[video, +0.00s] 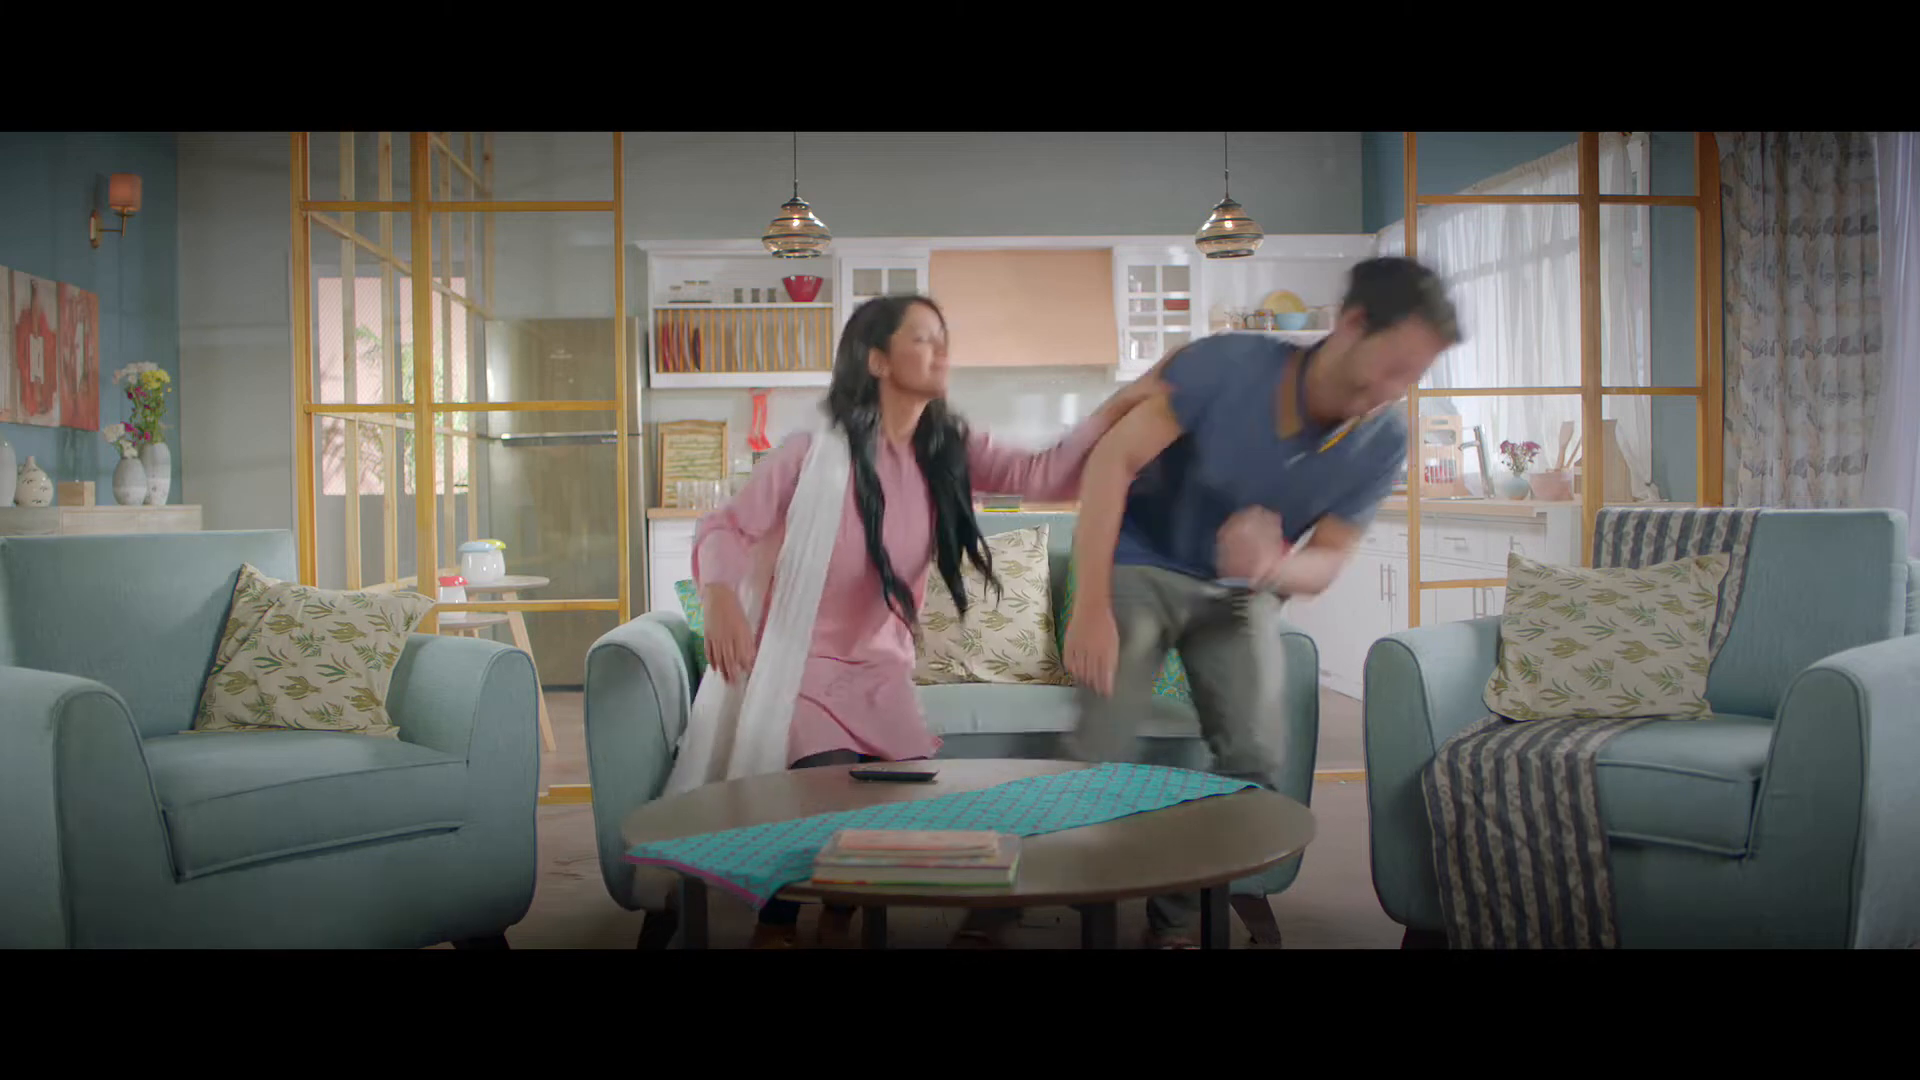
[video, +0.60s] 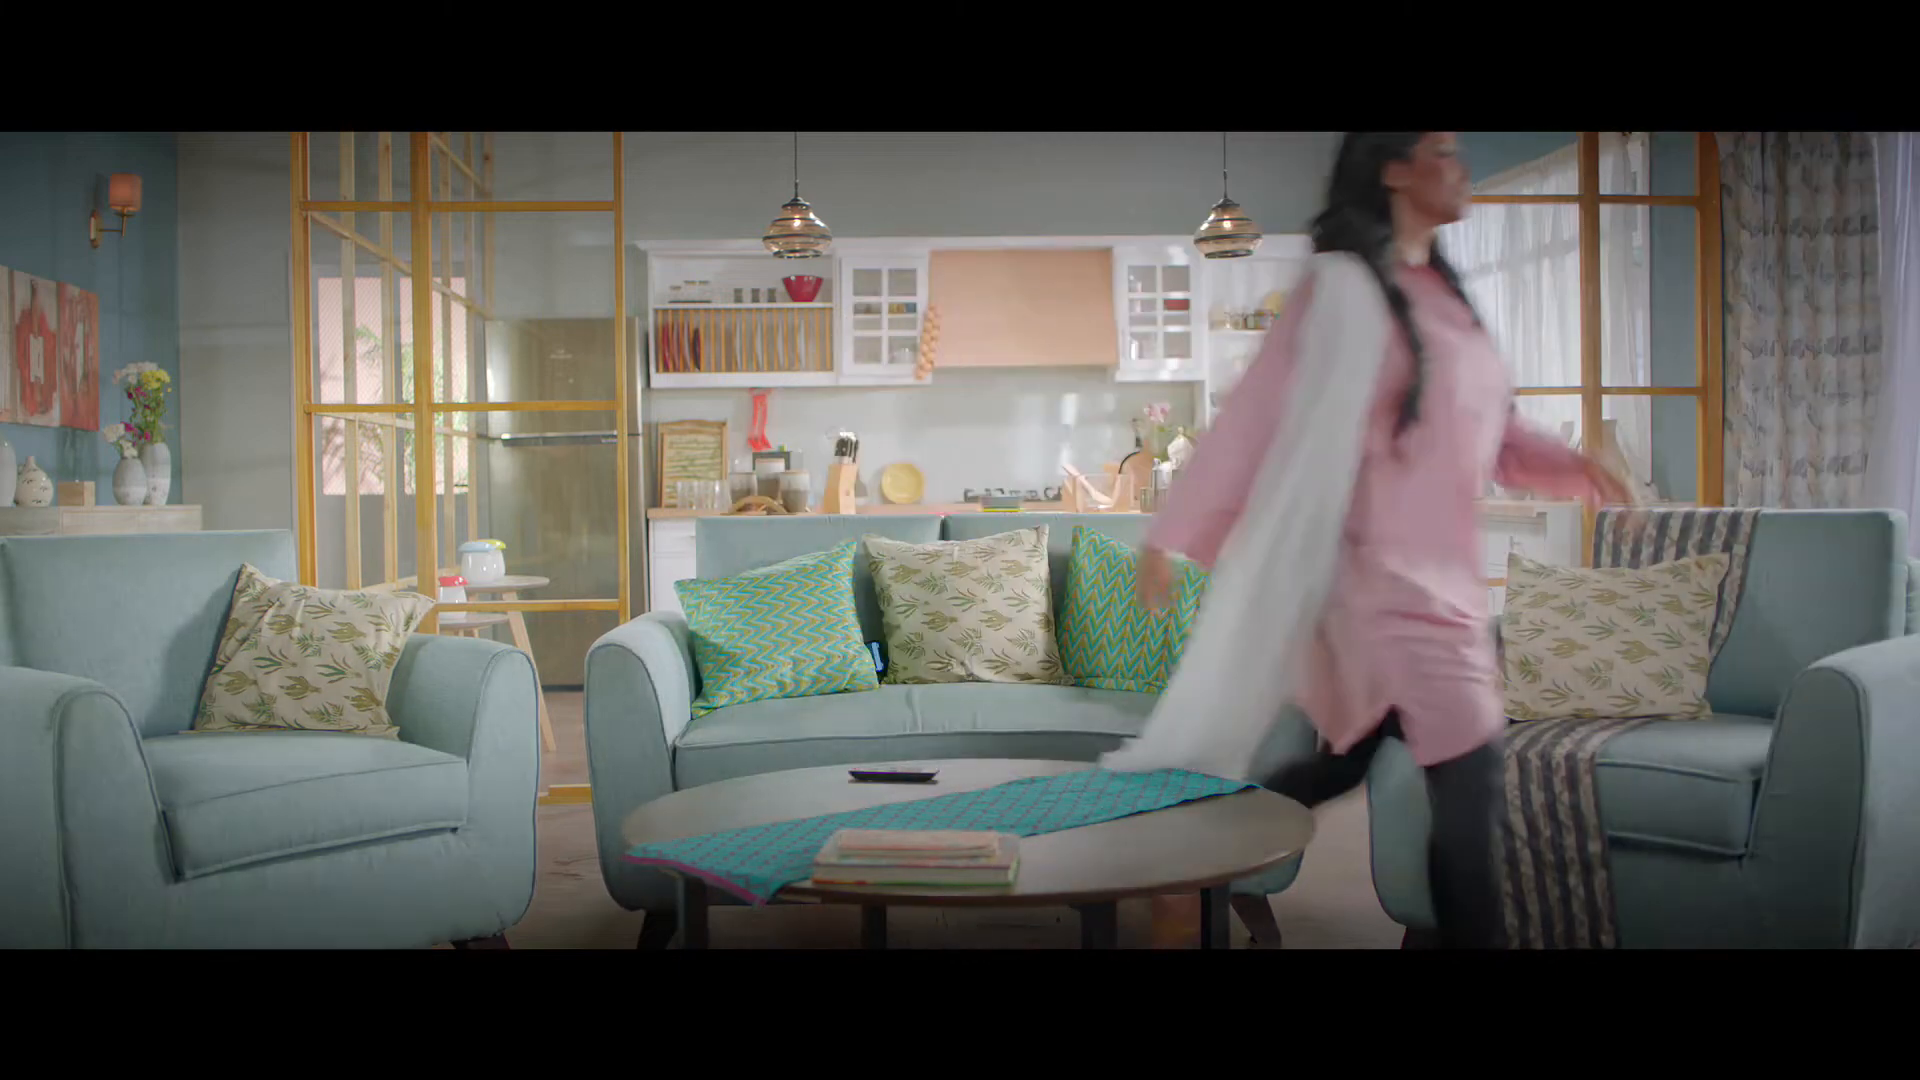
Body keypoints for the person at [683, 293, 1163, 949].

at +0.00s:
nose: (941, 355)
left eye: (942, 344)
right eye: (924, 342)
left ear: (945, 356)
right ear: (877, 358)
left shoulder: (945, 447)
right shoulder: (814, 452)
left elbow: (1049, 476)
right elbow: (725, 527)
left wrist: (1118, 406)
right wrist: (722, 602)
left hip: (885, 678)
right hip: (799, 674)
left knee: (912, 822)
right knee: (836, 819)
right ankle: (782, 933)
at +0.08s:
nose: (968, 282)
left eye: (970, 271)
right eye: (951, 266)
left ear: (967, 285)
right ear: (901, 279)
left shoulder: (968, 363)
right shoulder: (842, 369)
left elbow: (1057, 331)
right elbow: (751, 448)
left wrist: (1163, 278)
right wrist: (727, 533)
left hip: (915, 613)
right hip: (824, 618)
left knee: (972, 723)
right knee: (838, 766)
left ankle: (904, 895)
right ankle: (786, 915)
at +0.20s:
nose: (1036, 216)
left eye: (1037, 205)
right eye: (1017, 203)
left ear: (1035, 225)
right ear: (969, 219)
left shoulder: (1038, 306)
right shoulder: (910, 311)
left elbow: (1140, 258)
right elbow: (821, 415)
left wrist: (1193, 166)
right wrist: (773, 508)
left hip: (989, 571)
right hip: (894, 568)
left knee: (1053, 706)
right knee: (867, 742)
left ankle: (1075, 903)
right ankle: (799, 907)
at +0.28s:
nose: (1094, 199)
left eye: (1096, 187)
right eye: (1076, 184)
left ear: (1085, 207)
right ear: (1025, 198)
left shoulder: (1095, 289)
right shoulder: (978, 297)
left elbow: (1190, 246)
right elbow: (890, 403)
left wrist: (1230, 158)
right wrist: (832, 509)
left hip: (1074, 555)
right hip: (969, 554)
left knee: (1086, 750)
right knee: (908, 745)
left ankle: (1094, 918)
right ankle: (834, 904)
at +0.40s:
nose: (1210, 179)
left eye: (1210, 164)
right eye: (1191, 161)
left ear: (1208, 182)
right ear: (1142, 178)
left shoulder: (1208, 281)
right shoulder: (1092, 278)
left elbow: (1316, 278)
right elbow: (1020, 399)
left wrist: (1345, 184)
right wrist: (962, 516)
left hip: (1182, 545)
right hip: (1111, 545)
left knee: (1134, 738)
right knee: (1155, 742)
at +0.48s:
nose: (1289, 179)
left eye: (1287, 164)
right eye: (1271, 162)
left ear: (1258, 183)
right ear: (1217, 178)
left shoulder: (1279, 289)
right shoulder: (1157, 284)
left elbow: (1384, 322)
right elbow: (1083, 398)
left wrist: (1424, 249)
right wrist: (1028, 514)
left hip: (1244, 553)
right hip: (1175, 554)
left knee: (1163, 735)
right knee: (1283, 722)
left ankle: (1105, 897)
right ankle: (1246, 908)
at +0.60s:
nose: (1460, 169)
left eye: (1456, 153)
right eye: (1441, 153)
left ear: (1423, 176)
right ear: (1391, 172)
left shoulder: (1445, 294)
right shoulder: (1338, 287)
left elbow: (1483, 432)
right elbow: (1252, 417)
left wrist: (1576, 468)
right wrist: (1168, 537)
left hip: (1443, 578)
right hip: (1372, 578)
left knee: (1347, 755)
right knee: (1465, 771)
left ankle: (1204, 848)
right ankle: (1468, 939)